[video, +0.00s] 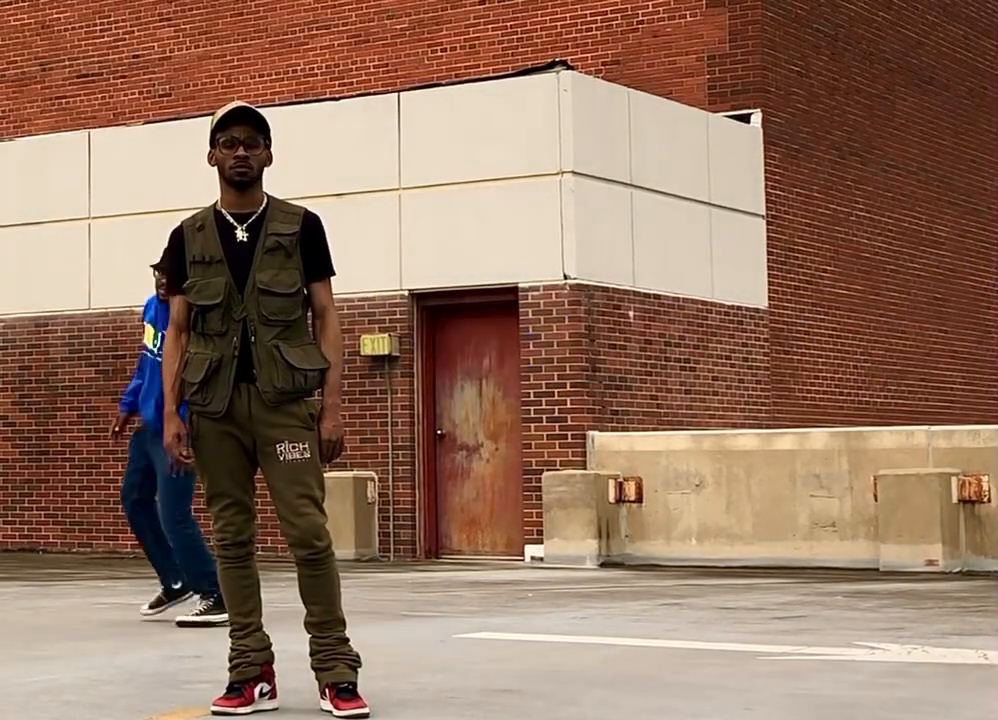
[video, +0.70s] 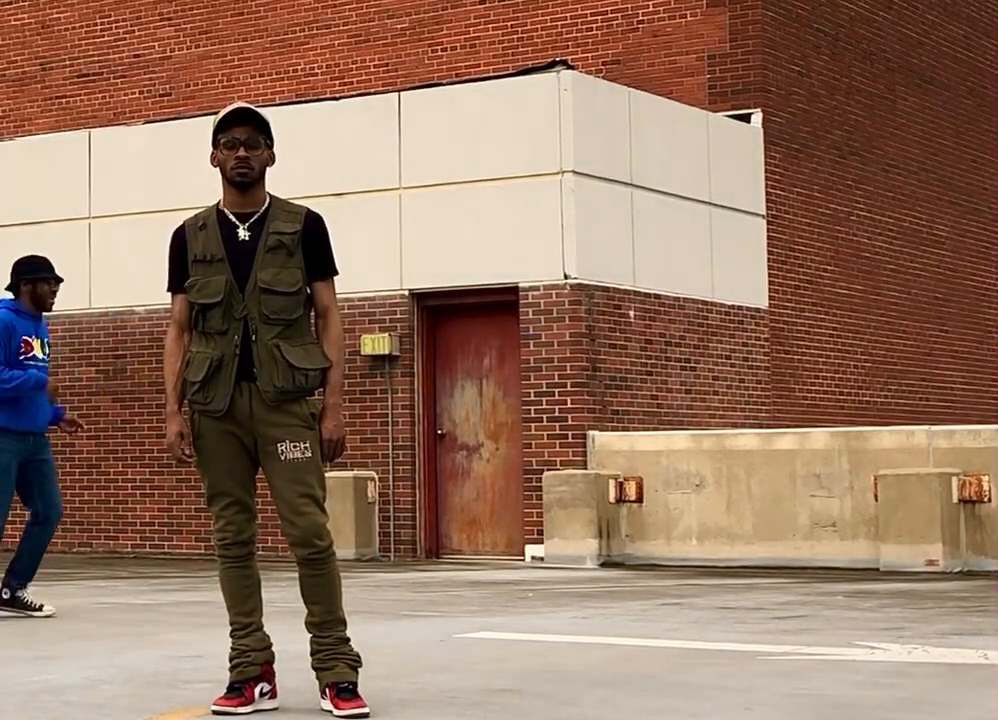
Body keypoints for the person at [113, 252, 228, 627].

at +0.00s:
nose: (162, 279)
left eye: (168, 273)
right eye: (158, 271)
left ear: (183, 278)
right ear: (155, 274)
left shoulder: (193, 316)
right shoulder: (154, 307)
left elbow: (195, 372)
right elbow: (149, 362)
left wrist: (181, 419)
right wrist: (128, 404)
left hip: (176, 426)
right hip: (149, 423)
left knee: (174, 515)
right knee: (134, 501)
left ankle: (215, 594)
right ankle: (175, 582)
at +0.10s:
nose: (127, 283)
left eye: (136, 278)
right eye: (123, 275)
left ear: (151, 281)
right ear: (115, 275)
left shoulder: (166, 314)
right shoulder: (100, 310)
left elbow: (184, 370)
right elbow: (93, 359)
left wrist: (157, 406)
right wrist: (76, 379)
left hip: (144, 434)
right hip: (105, 433)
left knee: (154, 516)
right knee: (87, 511)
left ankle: (205, 590)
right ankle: (70, 592)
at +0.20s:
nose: (95, 298)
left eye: (103, 293)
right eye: (90, 290)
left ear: (114, 298)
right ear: (79, 293)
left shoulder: (132, 337)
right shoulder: (59, 333)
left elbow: (162, 390)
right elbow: (31, 375)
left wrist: (135, 392)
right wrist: (31, 383)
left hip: (106, 452)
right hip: (63, 447)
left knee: (115, 526)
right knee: (40, 519)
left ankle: (173, 584)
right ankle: (50, 601)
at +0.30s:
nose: (82, 296)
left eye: (89, 290)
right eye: (75, 289)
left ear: (98, 294)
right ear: (63, 292)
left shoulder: (116, 333)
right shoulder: (41, 331)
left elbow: (128, 385)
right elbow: (16, 374)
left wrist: (119, 397)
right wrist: (13, 388)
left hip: (91, 448)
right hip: (46, 446)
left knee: (91, 522)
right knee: (29, 523)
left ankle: (130, 580)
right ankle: (50, 601)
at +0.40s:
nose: (71, 275)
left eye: (77, 269)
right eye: (63, 269)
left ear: (85, 273)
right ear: (49, 273)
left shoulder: (101, 314)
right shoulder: (23, 311)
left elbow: (109, 364)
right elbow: (3, 357)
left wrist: (94, 390)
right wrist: (13, 377)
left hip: (79, 428)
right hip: (32, 427)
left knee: (82, 507)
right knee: (28, 511)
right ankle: (43, 591)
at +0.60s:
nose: (63, 289)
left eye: (64, 283)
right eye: (56, 283)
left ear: (49, 287)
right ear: (34, 285)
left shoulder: (58, 326)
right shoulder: (7, 320)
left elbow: (68, 369)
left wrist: (74, 384)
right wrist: (18, 380)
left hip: (41, 439)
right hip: (7, 438)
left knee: (59, 506)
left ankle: (25, 580)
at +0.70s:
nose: (55, 291)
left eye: (56, 284)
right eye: (49, 285)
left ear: (44, 288)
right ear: (26, 286)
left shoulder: (40, 325)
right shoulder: (4, 321)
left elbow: (35, 385)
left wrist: (59, 414)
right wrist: (38, 380)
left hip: (34, 439)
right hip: (5, 438)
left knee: (48, 512)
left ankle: (12, 588)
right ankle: (4, 591)